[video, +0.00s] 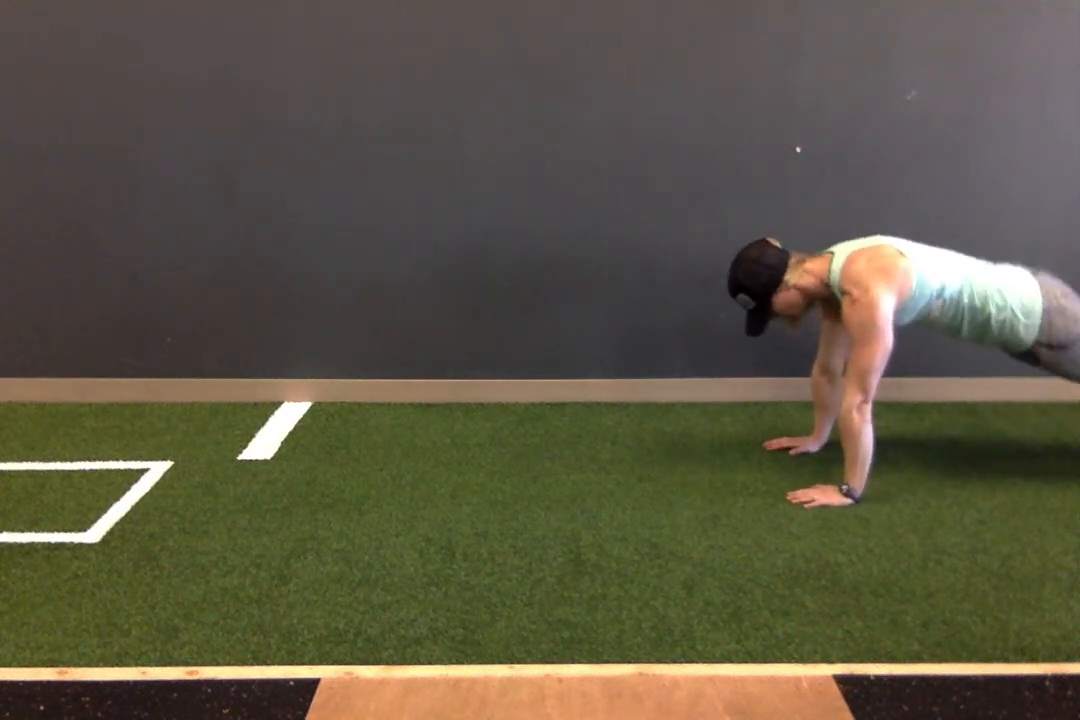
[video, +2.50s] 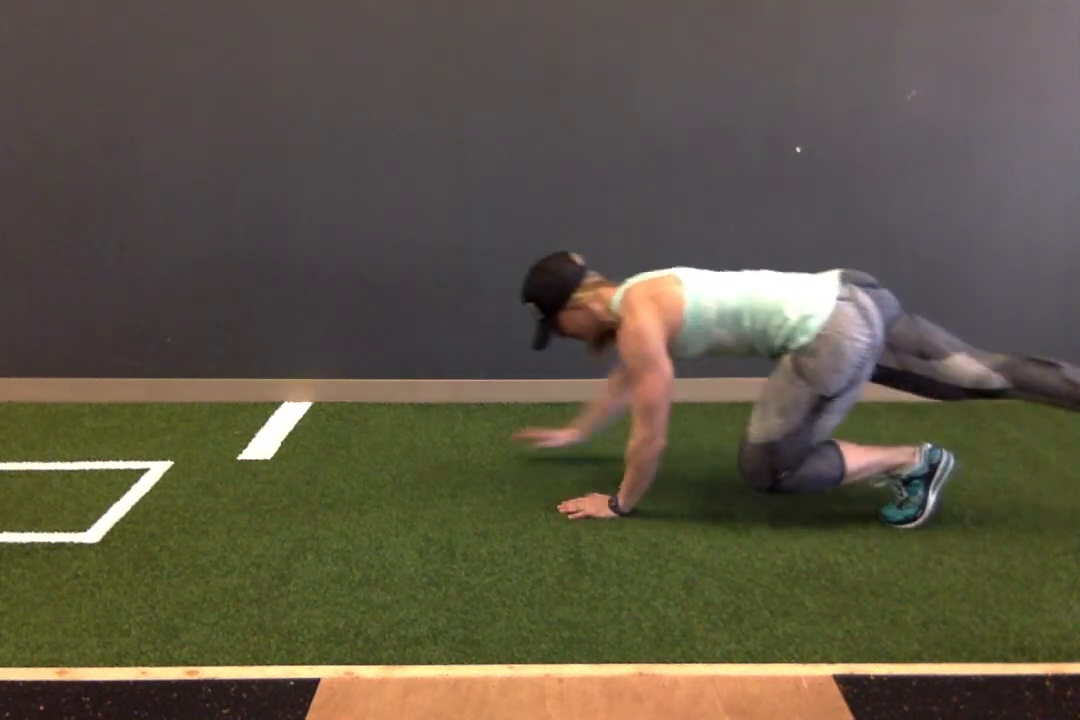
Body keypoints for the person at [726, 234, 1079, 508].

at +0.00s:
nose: (775, 315)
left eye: (767, 307)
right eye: (766, 310)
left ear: (783, 287)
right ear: (785, 271)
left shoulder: (866, 284)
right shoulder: (833, 276)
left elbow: (858, 400)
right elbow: (827, 368)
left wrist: (851, 488)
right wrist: (817, 438)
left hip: (1039, 316)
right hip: (1021, 313)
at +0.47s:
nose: (779, 320)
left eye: (771, 311)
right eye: (771, 315)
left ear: (788, 289)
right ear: (790, 273)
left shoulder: (871, 285)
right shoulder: (837, 278)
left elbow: (860, 402)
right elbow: (829, 369)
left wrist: (851, 489)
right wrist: (817, 439)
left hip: (1046, 327)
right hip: (1026, 327)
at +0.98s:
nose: (780, 323)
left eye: (773, 314)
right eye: (772, 317)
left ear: (790, 288)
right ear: (789, 279)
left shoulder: (866, 283)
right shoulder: (826, 272)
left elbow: (860, 400)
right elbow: (824, 365)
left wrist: (851, 489)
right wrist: (818, 437)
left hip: (1027, 290)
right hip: (996, 308)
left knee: (1065, 405)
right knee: (1061, 394)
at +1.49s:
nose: (740, 315)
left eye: (733, 305)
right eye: (731, 310)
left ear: (751, 281)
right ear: (754, 270)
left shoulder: (824, 292)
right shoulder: (798, 280)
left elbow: (853, 399)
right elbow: (815, 367)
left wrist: (851, 489)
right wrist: (817, 437)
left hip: (981, 331)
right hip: (971, 331)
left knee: (869, 359)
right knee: (1059, 398)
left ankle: (954, 481)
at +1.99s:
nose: (684, 344)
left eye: (677, 334)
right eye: (676, 337)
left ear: (690, 311)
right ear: (702, 291)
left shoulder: (748, 323)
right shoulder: (762, 293)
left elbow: (699, 426)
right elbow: (808, 369)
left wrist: (622, 481)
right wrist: (811, 431)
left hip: (945, 341)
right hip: (961, 314)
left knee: (823, 421)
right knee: (1049, 389)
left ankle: (948, 474)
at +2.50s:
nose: (567, 338)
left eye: (560, 327)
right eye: (558, 330)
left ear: (575, 306)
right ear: (588, 285)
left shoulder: (639, 322)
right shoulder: (643, 291)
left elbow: (652, 425)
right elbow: (623, 377)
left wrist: (621, 501)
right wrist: (575, 432)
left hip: (833, 334)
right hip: (851, 294)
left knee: (768, 467)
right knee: (976, 373)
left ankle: (914, 462)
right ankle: (1076, 387)